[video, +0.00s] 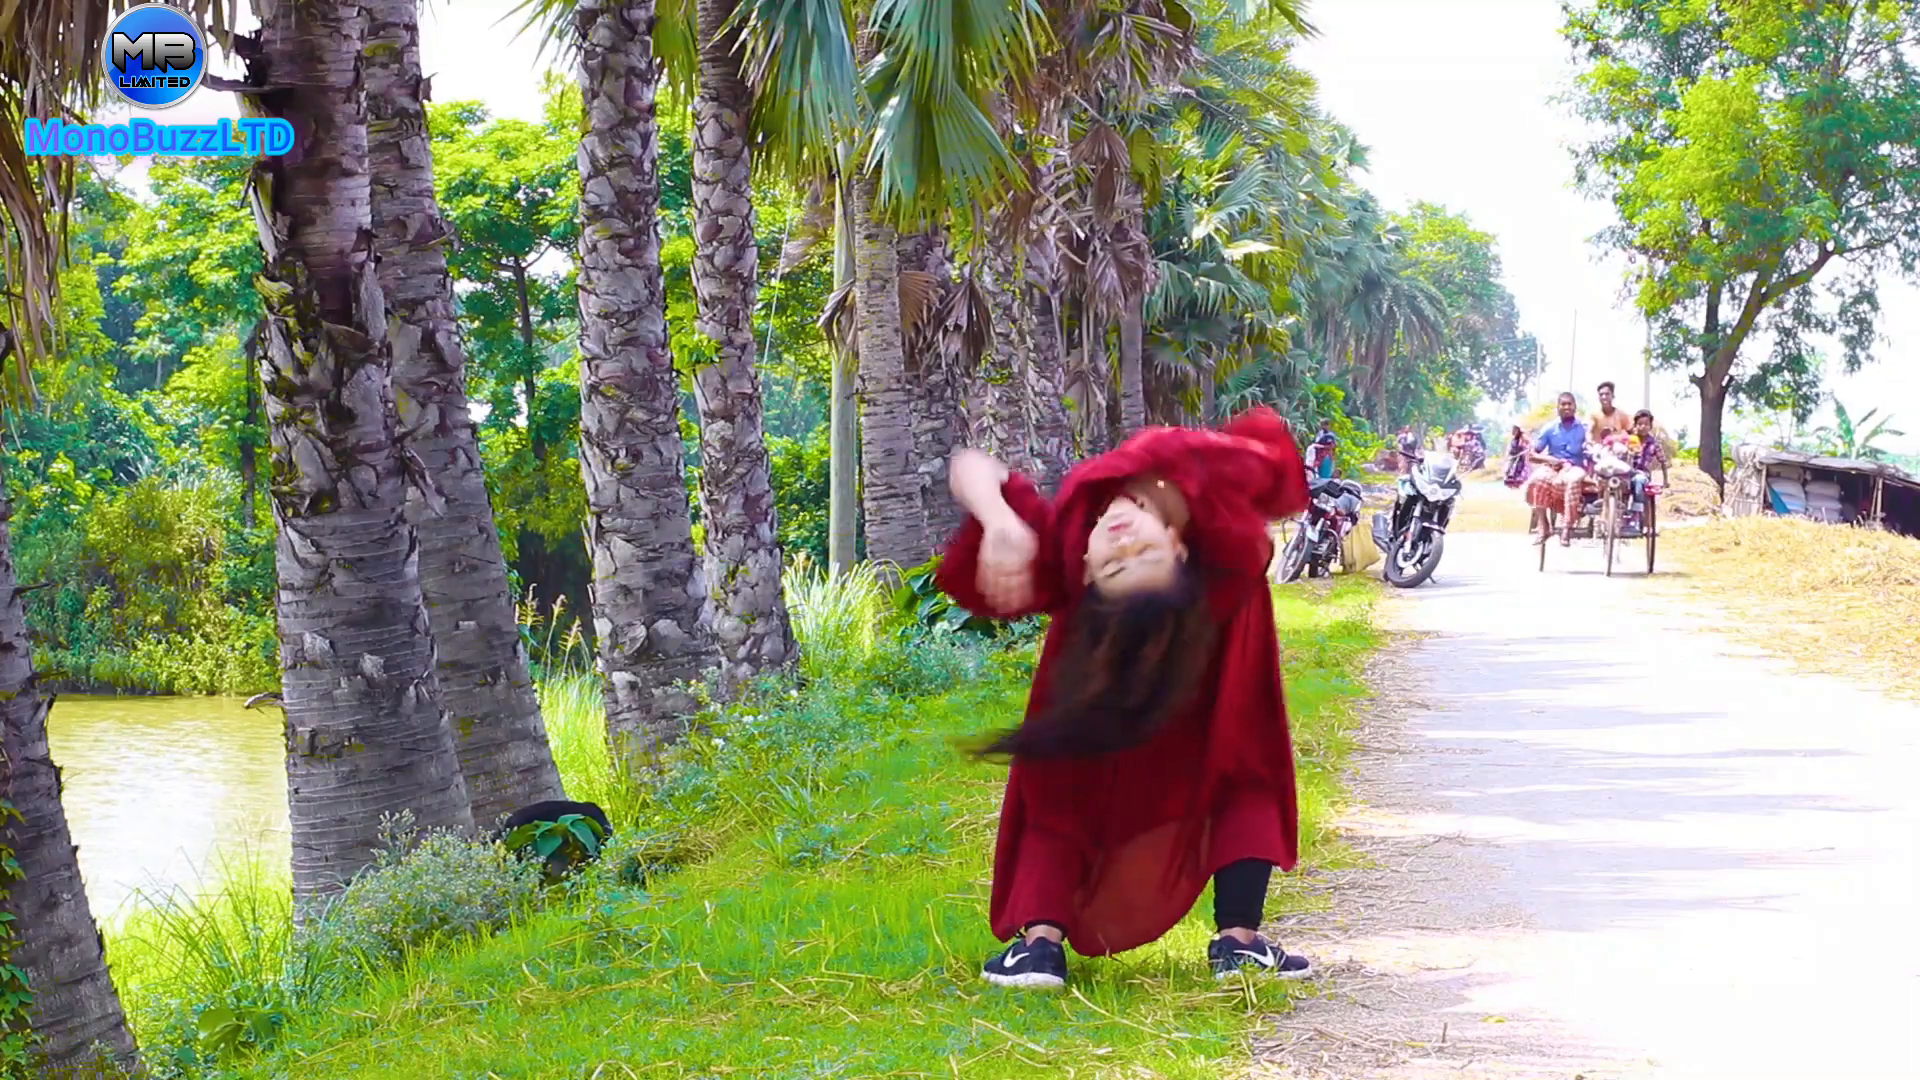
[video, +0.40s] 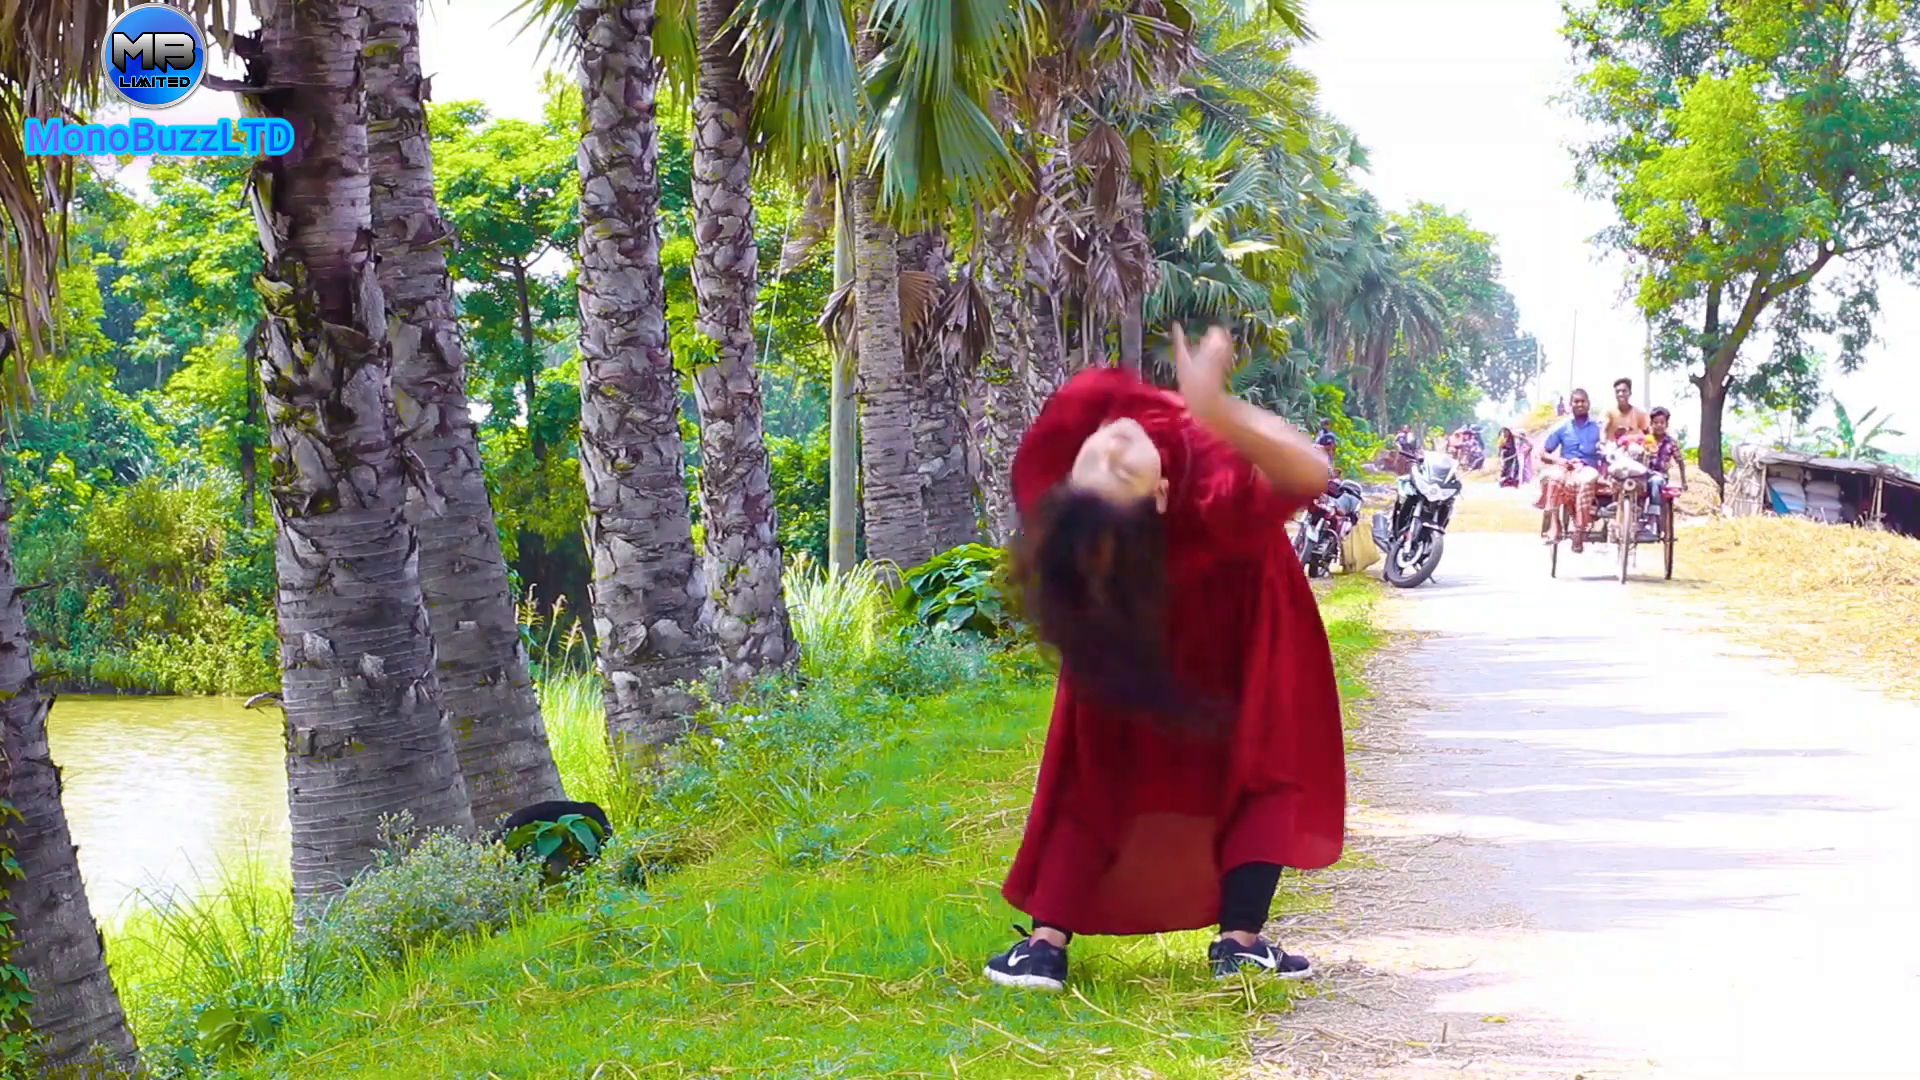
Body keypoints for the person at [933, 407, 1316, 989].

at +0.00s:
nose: (1116, 528)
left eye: (1105, 554)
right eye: (1139, 551)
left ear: (1085, 568)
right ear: (1180, 546)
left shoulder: (1063, 532)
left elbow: (969, 463)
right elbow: (1269, 437)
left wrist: (1001, 524)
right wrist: (1174, 458)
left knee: (1054, 778)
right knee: (1248, 772)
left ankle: (1039, 941)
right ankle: (1239, 936)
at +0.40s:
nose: (1111, 450)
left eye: (1095, 466)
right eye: (1128, 477)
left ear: (1072, 483)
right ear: (1155, 501)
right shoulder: (1221, 489)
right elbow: (1311, 474)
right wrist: (1215, 406)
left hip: (1139, 596)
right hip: (1244, 598)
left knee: (1088, 758)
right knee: (1267, 758)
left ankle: (1045, 941)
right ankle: (1242, 939)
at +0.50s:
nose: (1116, 420)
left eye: (1097, 442)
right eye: (1130, 445)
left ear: (1064, 454)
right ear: (1158, 479)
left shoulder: (1063, 401)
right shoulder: (1224, 485)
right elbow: (1338, 536)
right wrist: (1270, 478)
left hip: (1124, 591)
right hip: (1235, 592)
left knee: (1080, 747)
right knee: (1266, 756)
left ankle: (1046, 941)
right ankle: (1242, 940)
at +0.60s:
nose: (1131, 393)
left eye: (1113, 415)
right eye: (1146, 422)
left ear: (1078, 437)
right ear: (1175, 456)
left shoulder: (1061, 394)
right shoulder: (1225, 480)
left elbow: (1027, 342)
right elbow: (1308, 545)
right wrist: (1365, 513)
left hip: (1112, 585)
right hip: (1228, 590)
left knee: (1075, 752)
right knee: (1260, 758)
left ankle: (1045, 943)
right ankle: (1239, 939)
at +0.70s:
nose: (1153, 348)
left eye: (1131, 364)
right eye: (1172, 377)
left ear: (1111, 390)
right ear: (1193, 416)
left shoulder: (1080, 384)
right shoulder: (1243, 422)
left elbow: (999, 343)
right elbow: (1297, 521)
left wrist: (1097, 285)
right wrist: (1397, 511)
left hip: (1113, 594)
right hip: (1232, 604)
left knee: (1076, 755)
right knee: (1259, 759)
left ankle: (1045, 940)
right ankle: (1240, 937)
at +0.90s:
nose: (1146, 285)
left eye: (1130, 319)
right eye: (1159, 294)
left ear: (1135, 355)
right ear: (1212, 336)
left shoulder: (1112, 418)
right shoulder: (1257, 352)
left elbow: (1030, 446)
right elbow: (1304, 404)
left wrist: (1036, 355)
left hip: (1142, 592)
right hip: (1247, 578)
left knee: (1088, 751)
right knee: (1248, 745)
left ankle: (1044, 945)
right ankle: (1238, 939)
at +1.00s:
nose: (1128, 325)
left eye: (1132, 320)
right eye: (1135, 317)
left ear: (1142, 335)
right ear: (1216, 313)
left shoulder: (1128, 417)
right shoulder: (1258, 325)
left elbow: (1066, 495)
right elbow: (1321, 298)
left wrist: (1064, 390)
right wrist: (1224, 288)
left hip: (1143, 601)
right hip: (1248, 591)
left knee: (1089, 754)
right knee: (1249, 753)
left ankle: (1044, 946)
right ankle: (1238, 938)